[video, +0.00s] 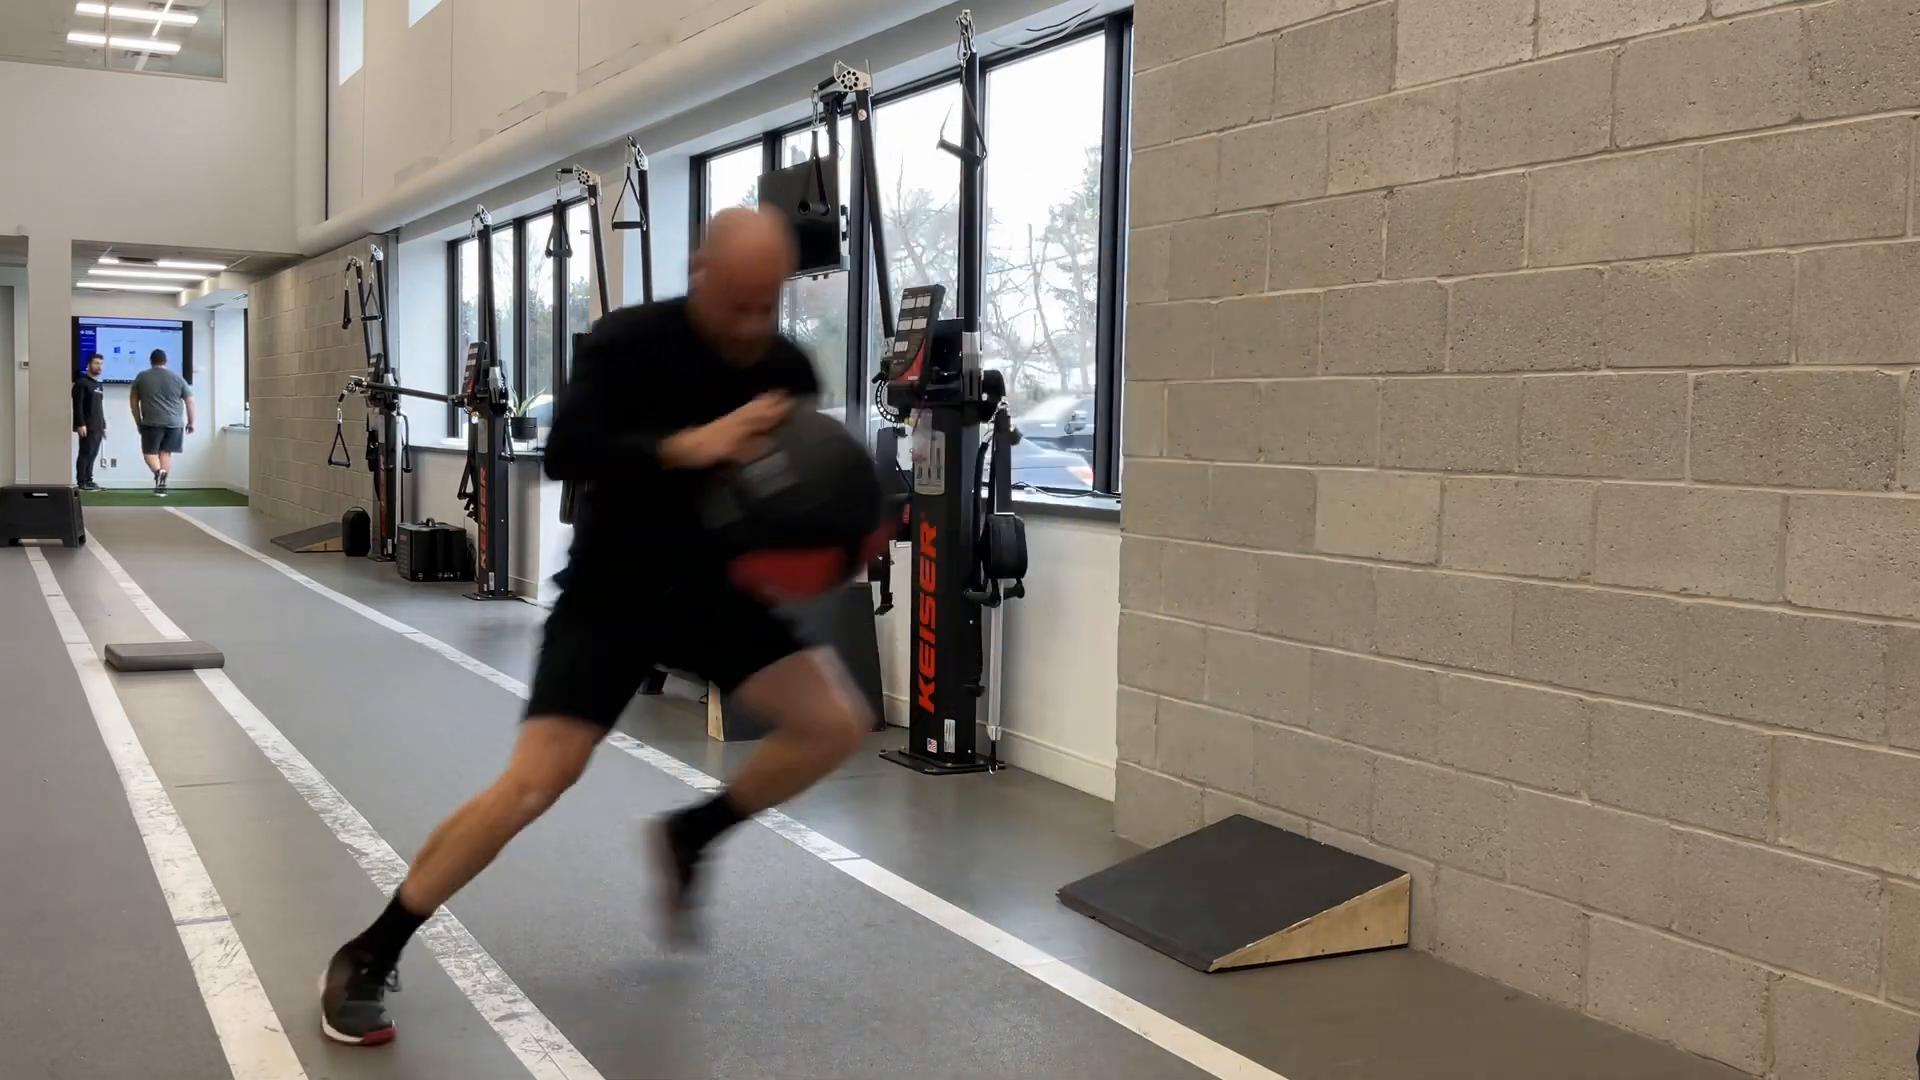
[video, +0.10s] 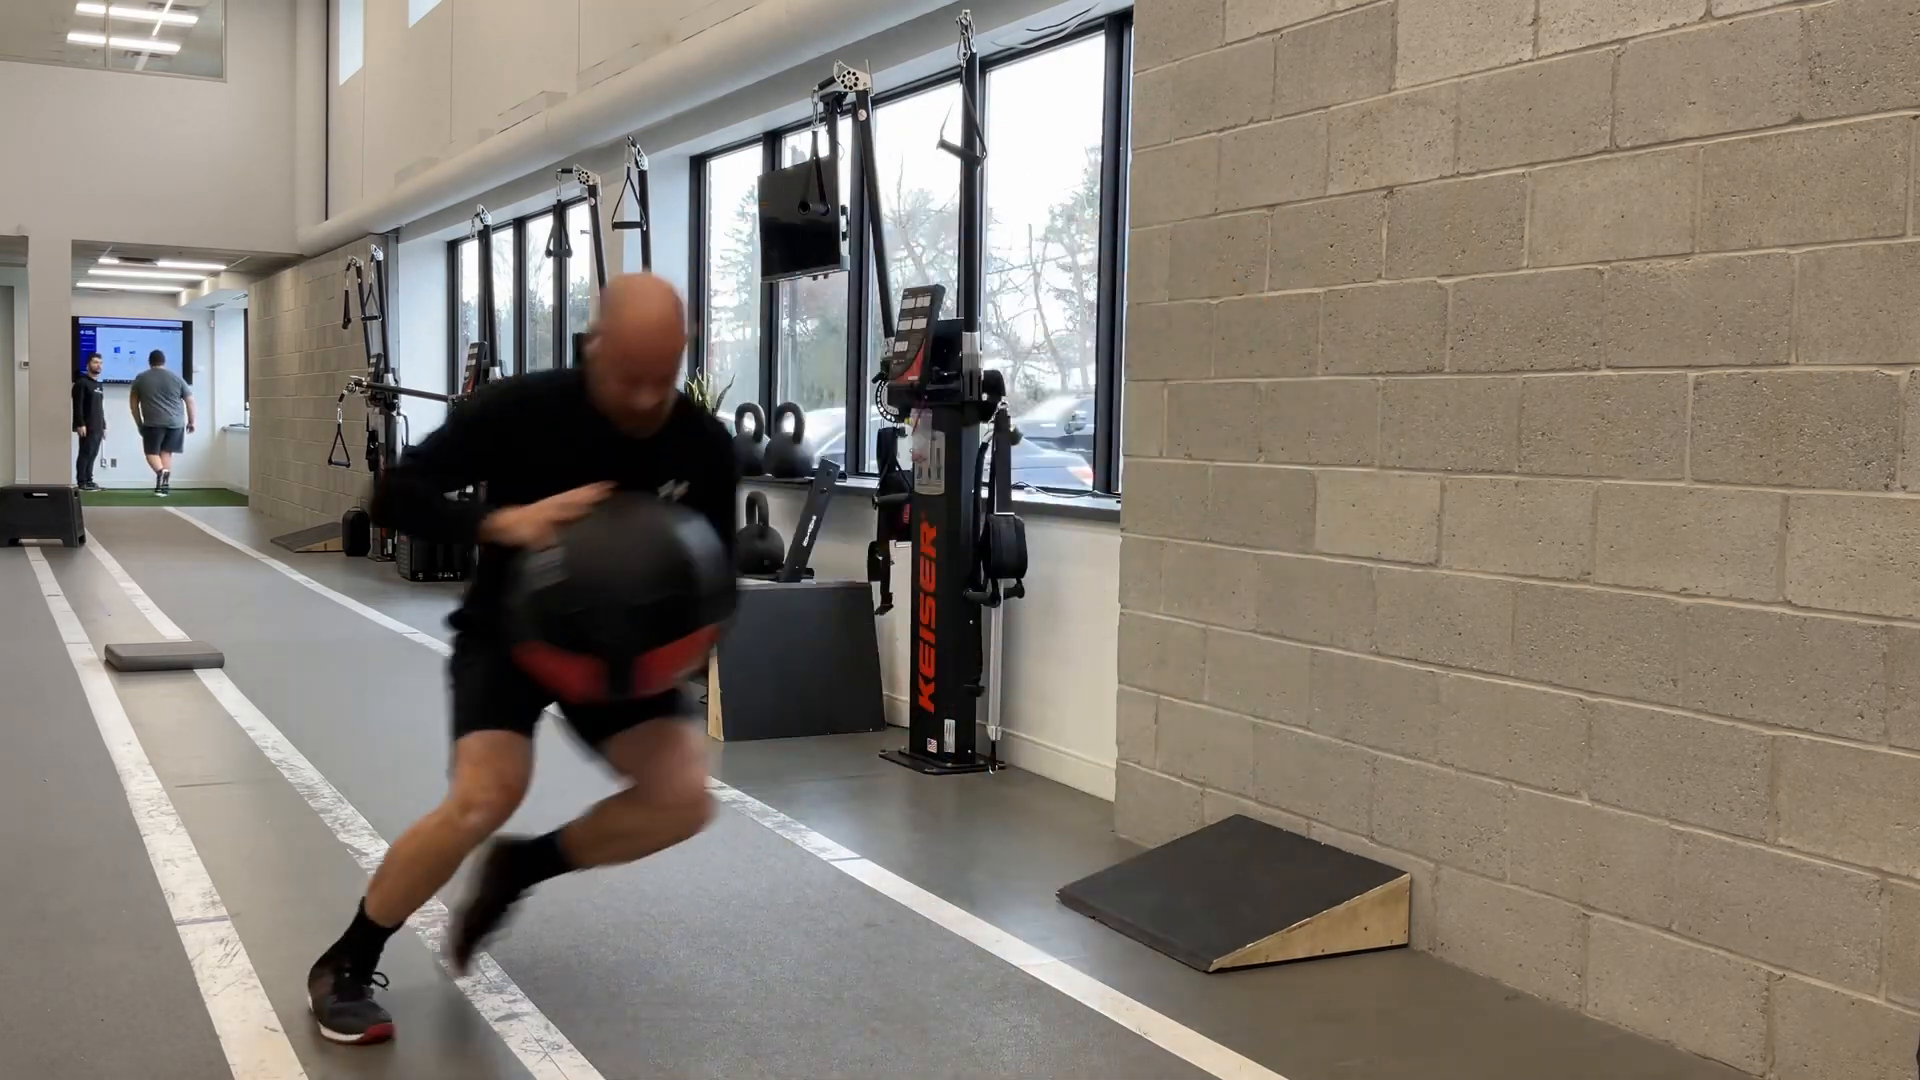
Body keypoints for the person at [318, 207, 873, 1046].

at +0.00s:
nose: (757, 323)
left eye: (771, 303)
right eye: (741, 303)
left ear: (787, 288)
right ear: (699, 277)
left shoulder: (784, 369)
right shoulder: (627, 344)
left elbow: (801, 486)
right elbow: (568, 451)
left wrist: (830, 517)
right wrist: (684, 445)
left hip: (714, 591)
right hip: (614, 591)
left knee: (833, 724)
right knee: (533, 784)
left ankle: (692, 833)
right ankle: (370, 955)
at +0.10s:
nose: (647, 397)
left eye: (663, 379)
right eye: (631, 377)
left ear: (683, 358)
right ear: (592, 348)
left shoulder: (702, 446)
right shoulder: (521, 410)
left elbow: (717, 570)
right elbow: (396, 495)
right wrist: (498, 521)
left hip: (616, 648)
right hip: (506, 632)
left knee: (681, 801)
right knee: (487, 797)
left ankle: (517, 867)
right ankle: (347, 965)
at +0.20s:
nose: (582, 448)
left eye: (600, 429)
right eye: (565, 429)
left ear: (627, 403)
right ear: (531, 397)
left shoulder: (654, 496)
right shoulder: (472, 441)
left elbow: (648, 633)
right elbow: (305, 473)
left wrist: (577, 688)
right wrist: (371, 528)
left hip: (560, 661)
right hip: (446, 645)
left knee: (553, 856)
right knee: (455, 796)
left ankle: (424, 886)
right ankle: (347, 961)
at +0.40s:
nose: (542, 463)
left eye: (560, 446)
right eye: (524, 444)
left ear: (586, 413)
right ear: (487, 403)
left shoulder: (613, 498)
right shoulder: (440, 430)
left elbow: (591, 642)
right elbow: (269, 420)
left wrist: (491, 674)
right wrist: (327, 472)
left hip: (546, 659)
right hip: (429, 647)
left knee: (607, 793)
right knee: (433, 780)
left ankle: (466, 870)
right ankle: (344, 961)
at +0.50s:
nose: (565, 443)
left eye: (582, 427)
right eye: (547, 425)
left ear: (607, 395)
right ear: (506, 383)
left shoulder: (626, 474)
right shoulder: (459, 407)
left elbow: (609, 616)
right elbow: (283, 397)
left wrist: (516, 651)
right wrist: (339, 452)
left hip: (579, 629)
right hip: (457, 634)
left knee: (699, 746)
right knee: (447, 780)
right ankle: (345, 965)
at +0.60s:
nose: (648, 403)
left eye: (655, 384)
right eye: (630, 387)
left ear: (664, 367)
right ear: (575, 360)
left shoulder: (670, 457)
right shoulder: (494, 389)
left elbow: (648, 589)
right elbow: (327, 382)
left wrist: (569, 621)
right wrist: (385, 444)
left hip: (614, 611)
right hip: (496, 621)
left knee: (775, 711)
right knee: (462, 783)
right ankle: (349, 965)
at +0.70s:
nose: (747, 346)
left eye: (752, 329)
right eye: (736, 329)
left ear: (710, 318)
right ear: (677, 319)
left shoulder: (735, 417)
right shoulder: (570, 370)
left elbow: (750, 551)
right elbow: (406, 393)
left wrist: (706, 562)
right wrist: (477, 445)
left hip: (668, 608)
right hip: (555, 610)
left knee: (824, 704)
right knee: (508, 789)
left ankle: (867, 890)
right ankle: (355, 964)